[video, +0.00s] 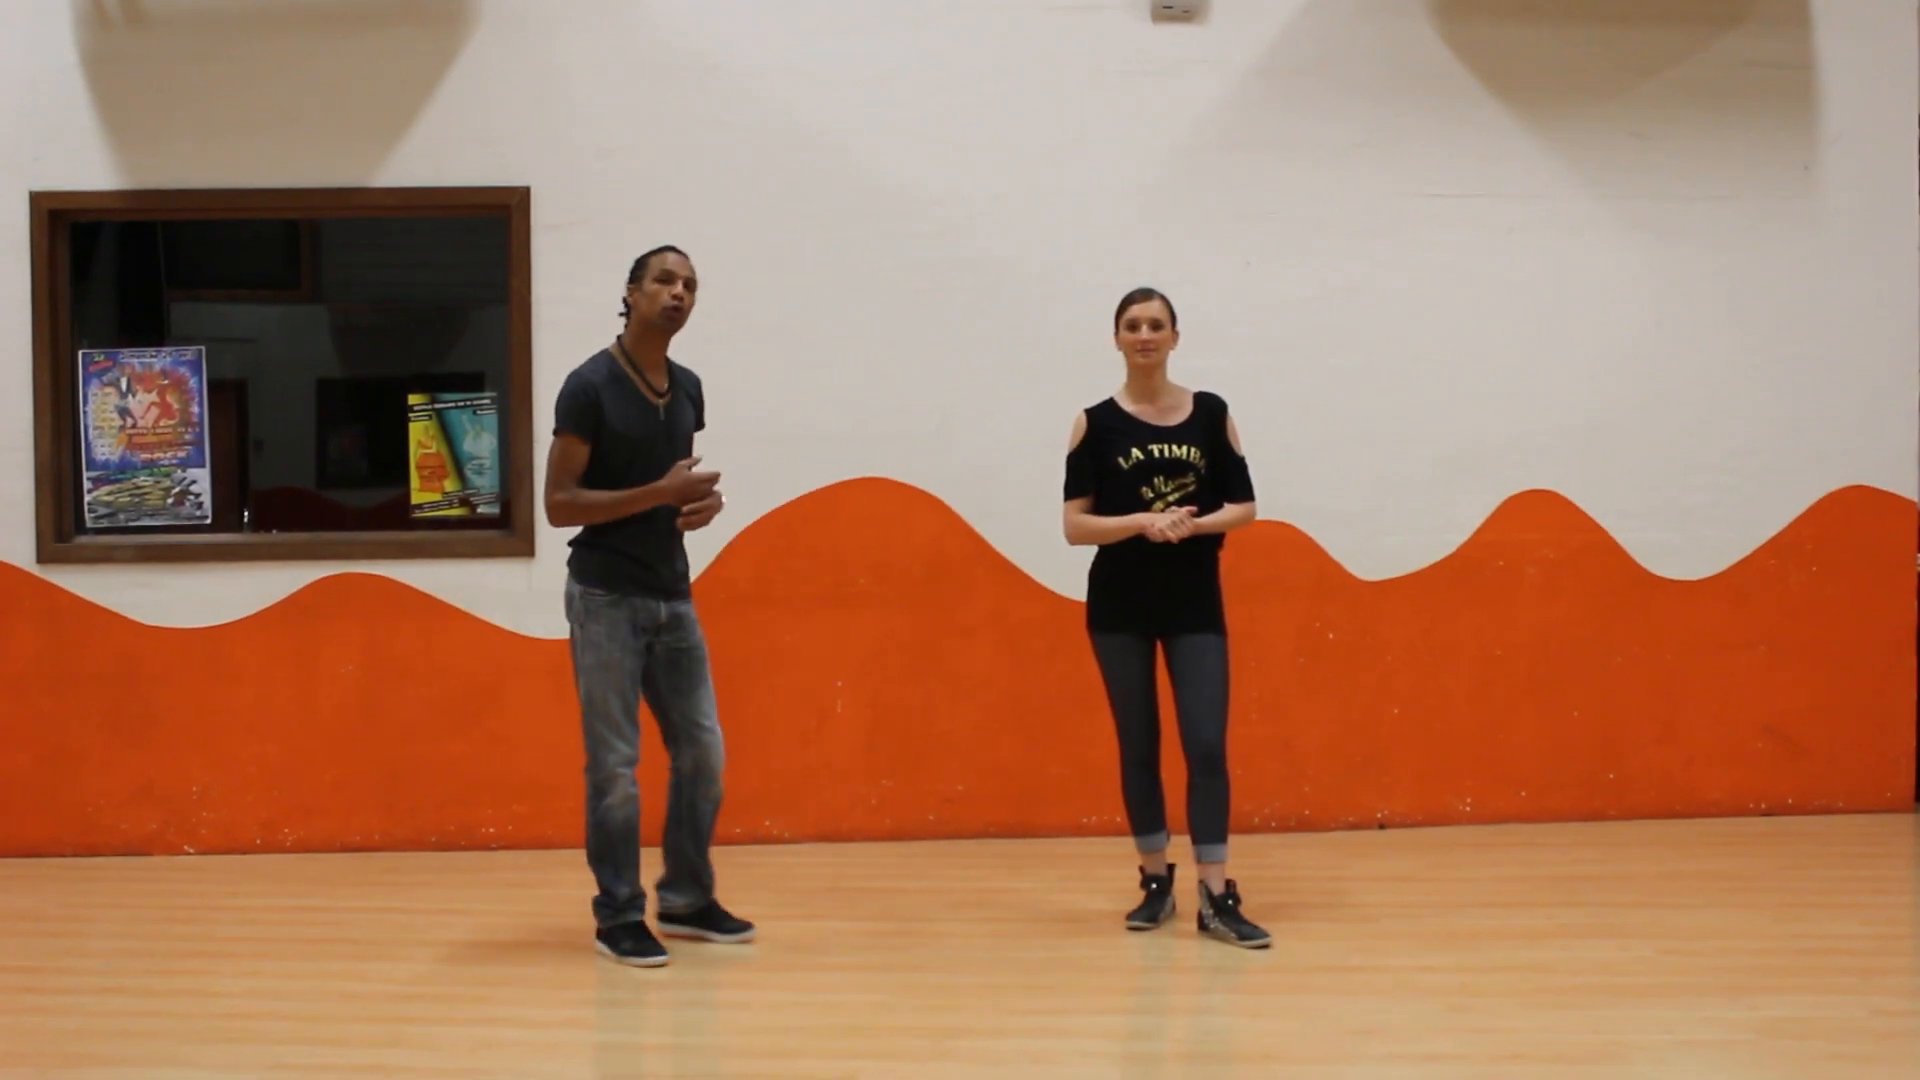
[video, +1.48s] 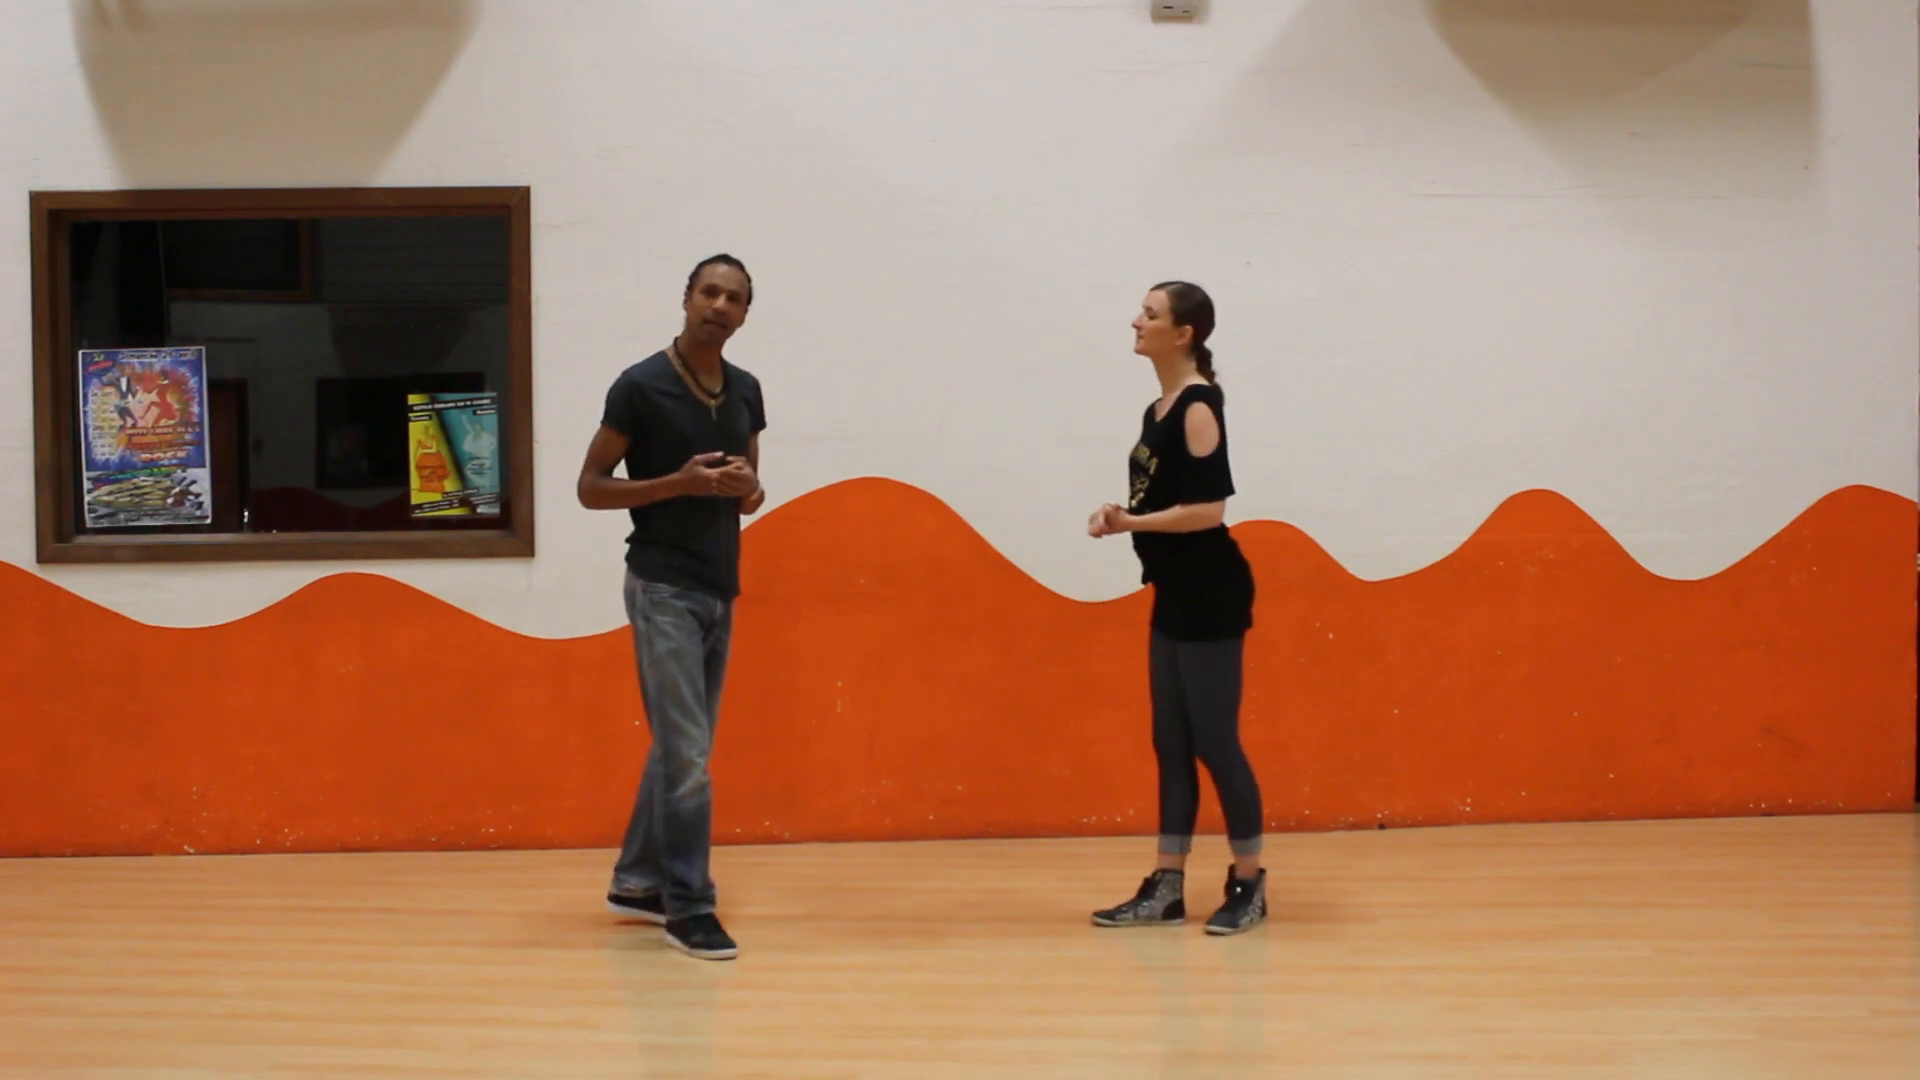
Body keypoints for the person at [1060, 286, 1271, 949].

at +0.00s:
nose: (1145, 336)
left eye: (1156, 326)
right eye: (1133, 327)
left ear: (1175, 337)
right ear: (1116, 338)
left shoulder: (1210, 413)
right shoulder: (1094, 425)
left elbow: (1244, 507)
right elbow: (1076, 524)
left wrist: (1197, 522)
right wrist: (1138, 522)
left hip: (1194, 603)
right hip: (1119, 605)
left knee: (1206, 748)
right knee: (1138, 746)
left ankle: (1216, 896)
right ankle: (1157, 883)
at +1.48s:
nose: (1137, 324)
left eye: (1150, 317)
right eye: (1140, 314)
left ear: (1186, 332)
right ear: (1171, 332)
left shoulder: (1198, 408)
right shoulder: (1160, 410)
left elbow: (1212, 508)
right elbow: (1170, 502)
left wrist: (1133, 522)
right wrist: (1124, 515)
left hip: (1212, 598)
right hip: (1172, 597)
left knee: (1216, 744)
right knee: (1171, 743)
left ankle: (1248, 884)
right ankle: (1167, 883)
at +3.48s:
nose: (1196, 336)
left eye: (1208, 326)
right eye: (1197, 325)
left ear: (1248, 331)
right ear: (1231, 332)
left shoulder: (1270, 414)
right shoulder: (1206, 412)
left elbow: (1276, 514)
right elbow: (1211, 503)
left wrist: (1193, 520)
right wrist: (1174, 516)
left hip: (1255, 604)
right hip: (1207, 599)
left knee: (1252, 745)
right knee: (1180, 745)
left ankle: (1253, 888)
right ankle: (1158, 889)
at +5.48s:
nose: (1201, 336)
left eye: (1213, 325)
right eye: (1202, 325)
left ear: (1253, 332)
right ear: (1235, 333)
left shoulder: (1276, 414)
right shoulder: (1210, 414)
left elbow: (1283, 514)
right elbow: (1216, 504)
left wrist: (1199, 520)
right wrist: (1179, 516)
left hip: (1260, 604)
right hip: (1212, 599)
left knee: (1253, 746)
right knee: (1183, 745)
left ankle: (1252, 890)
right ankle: (1158, 889)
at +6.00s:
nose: (1199, 334)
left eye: (1212, 324)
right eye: (1201, 323)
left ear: (1250, 332)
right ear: (1234, 333)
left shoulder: (1272, 413)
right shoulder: (1208, 412)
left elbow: (1279, 513)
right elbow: (1212, 501)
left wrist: (1195, 520)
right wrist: (1176, 514)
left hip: (1256, 603)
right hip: (1209, 599)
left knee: (1251, 746)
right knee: (1182, 745)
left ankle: (1252, 890)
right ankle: (1158, 890)